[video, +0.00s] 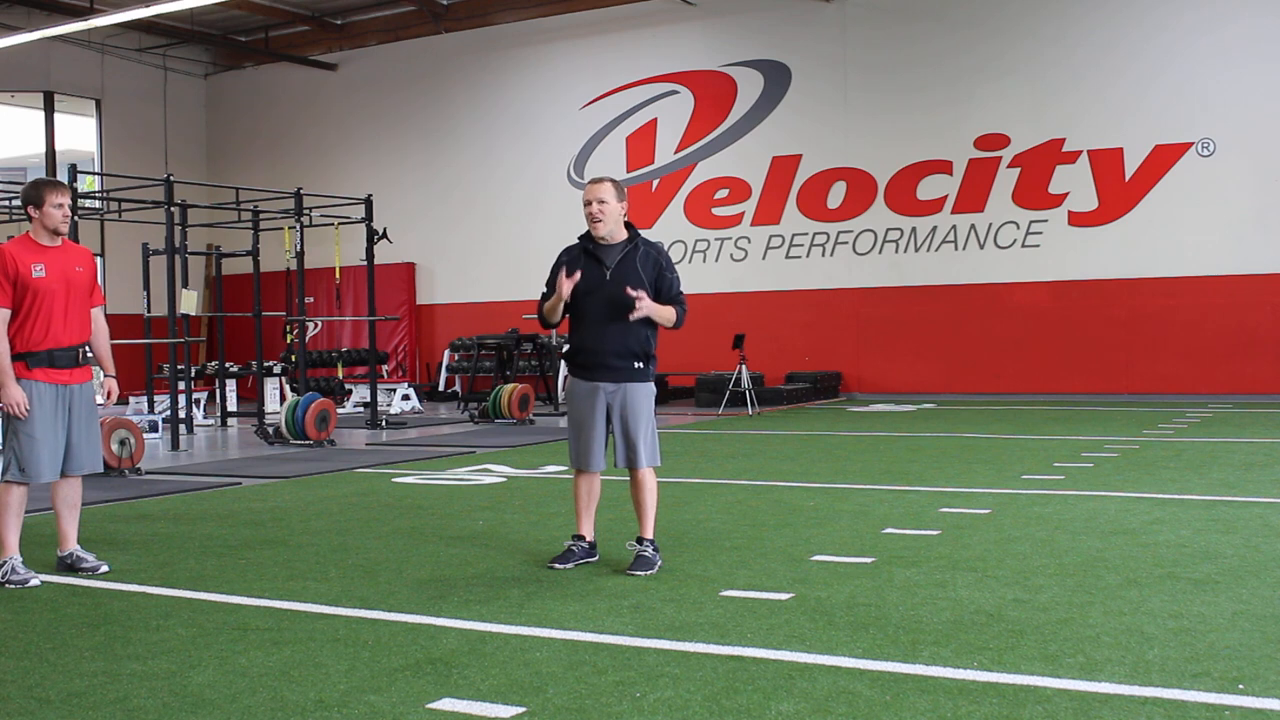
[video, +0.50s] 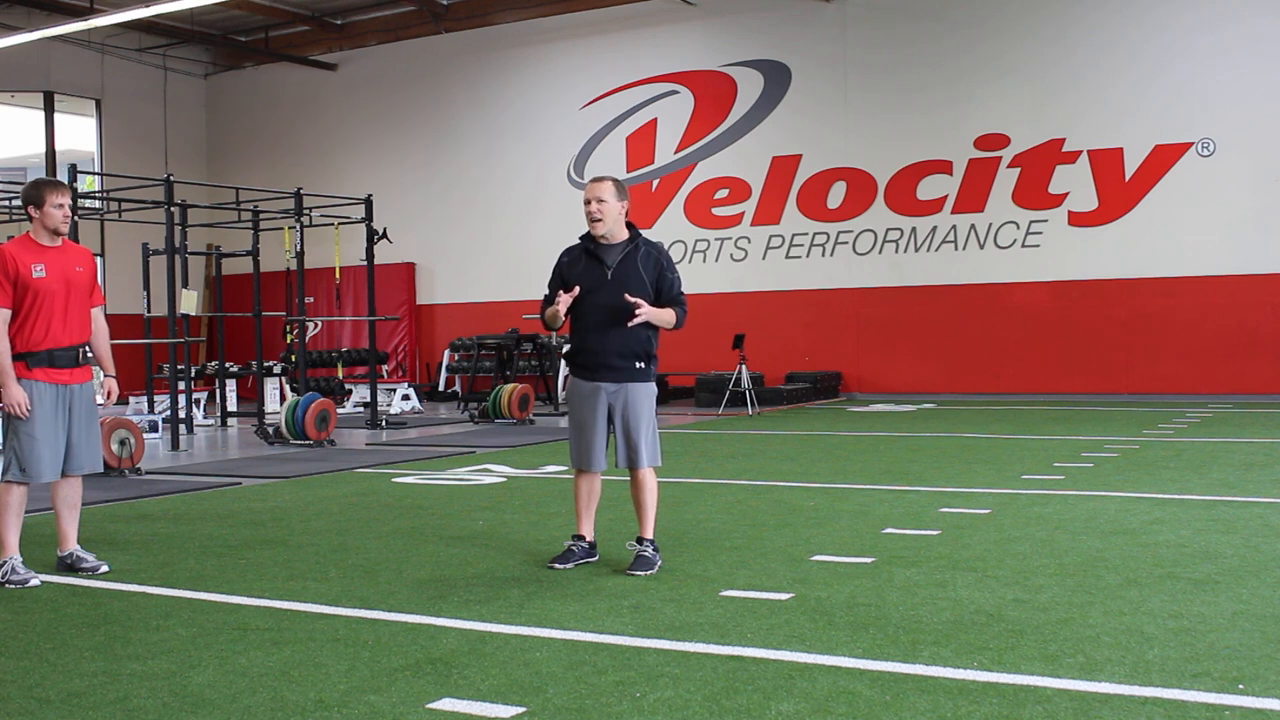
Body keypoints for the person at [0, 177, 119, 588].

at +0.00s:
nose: (66, 213)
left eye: (69, 206)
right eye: (57, 206)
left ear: (70, 210)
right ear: (33, 211)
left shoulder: (84, 257)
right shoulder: (11, 255)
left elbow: (96, 319)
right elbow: (0, 326)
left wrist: (109, 371)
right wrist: (7, 382)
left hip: (77, 376)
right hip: (30, 378)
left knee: (72, 466)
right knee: (18, 473)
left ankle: (69, 551)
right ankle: (9, 560)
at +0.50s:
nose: (67, 213)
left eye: (69, 206)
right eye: (58, 206)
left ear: (71, 210)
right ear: (34, 211)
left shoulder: (84, 257)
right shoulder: (11, 255)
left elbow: (96, 319)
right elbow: (0, 326)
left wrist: (109, 371)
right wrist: (8, 382)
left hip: (77, 377)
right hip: (30, 378)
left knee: (72, 466)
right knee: (19, 473)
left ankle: (69, 551)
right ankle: (9, 559)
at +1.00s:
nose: (67, 213)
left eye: (69, 206)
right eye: (58, 207)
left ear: (70, 210)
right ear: (34, 211)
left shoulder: (84, 257)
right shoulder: (11, 254)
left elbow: (97, 319)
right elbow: (1, 325)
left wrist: (111, 370)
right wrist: (7, 381)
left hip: (77, 377)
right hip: (30, 378)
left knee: (72, 466)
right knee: (19, 473)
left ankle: (69, 551)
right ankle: (10, 559)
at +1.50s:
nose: (67, 214)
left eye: (69, 207)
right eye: (58, 207)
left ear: (71, 211)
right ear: (34, 211)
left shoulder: (85, 257)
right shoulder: (11, 254)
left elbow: (97, 319)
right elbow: (1, 325)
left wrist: (111, 370)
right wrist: (7, 381)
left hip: (77, 377)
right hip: (30, 378)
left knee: (72, 466)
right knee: (19, 473)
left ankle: (69, 551)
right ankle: (10, 559)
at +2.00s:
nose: (67, 214)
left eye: (70, 207)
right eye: (59, 207)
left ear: (72, 211)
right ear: (35, 212)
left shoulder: (85, 257)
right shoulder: (11, 255)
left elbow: (97, 319)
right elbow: (1, 325)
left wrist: (110, 371)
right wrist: (7, 382)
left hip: (78, 377)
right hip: (30, 378)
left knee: (72, 466)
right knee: (19, 473)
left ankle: (69, 551)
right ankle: (9, 559)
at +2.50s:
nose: (68, 214)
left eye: (71, 207)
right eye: (60, 208)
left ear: (73, 211)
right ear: (35, 212)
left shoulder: (85, 257)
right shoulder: (12, 255)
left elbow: (97, 320)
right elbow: (1, 326)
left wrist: (109, 372)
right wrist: (8, 383)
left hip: (78, 377)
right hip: (30, 378)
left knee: (72, 466)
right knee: (19, 473)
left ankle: (69, 551)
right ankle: (10, 559)